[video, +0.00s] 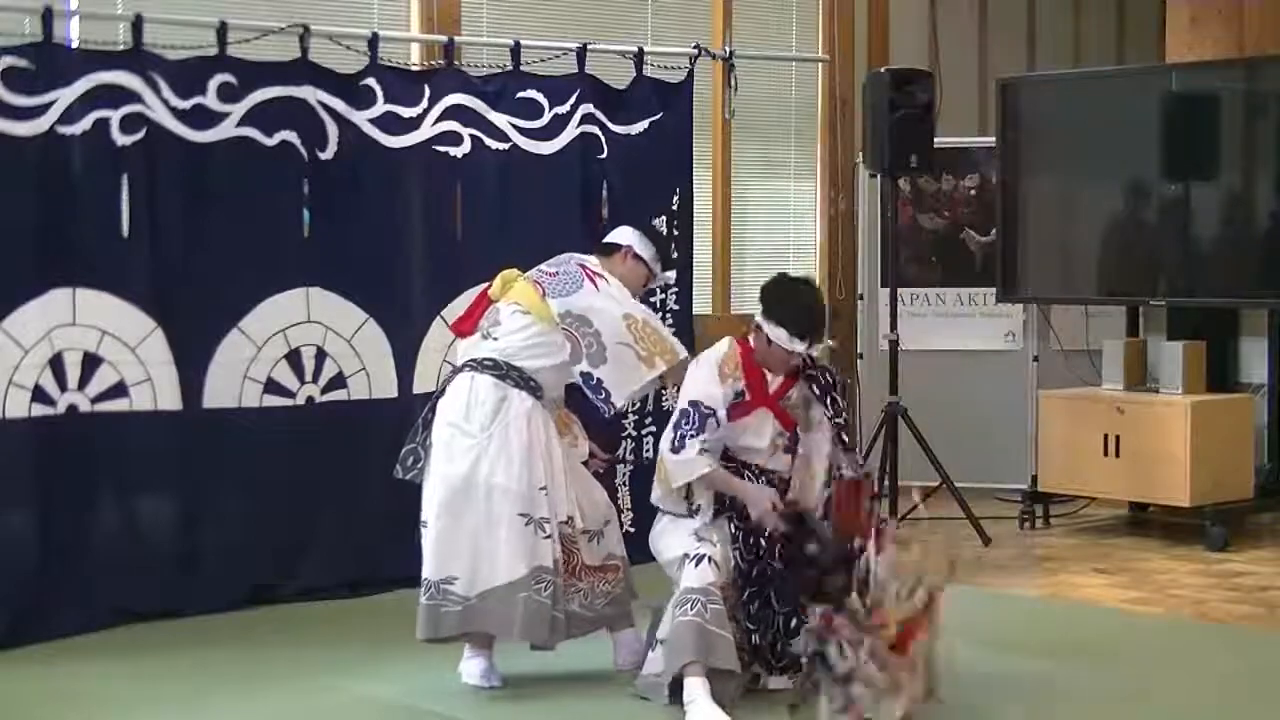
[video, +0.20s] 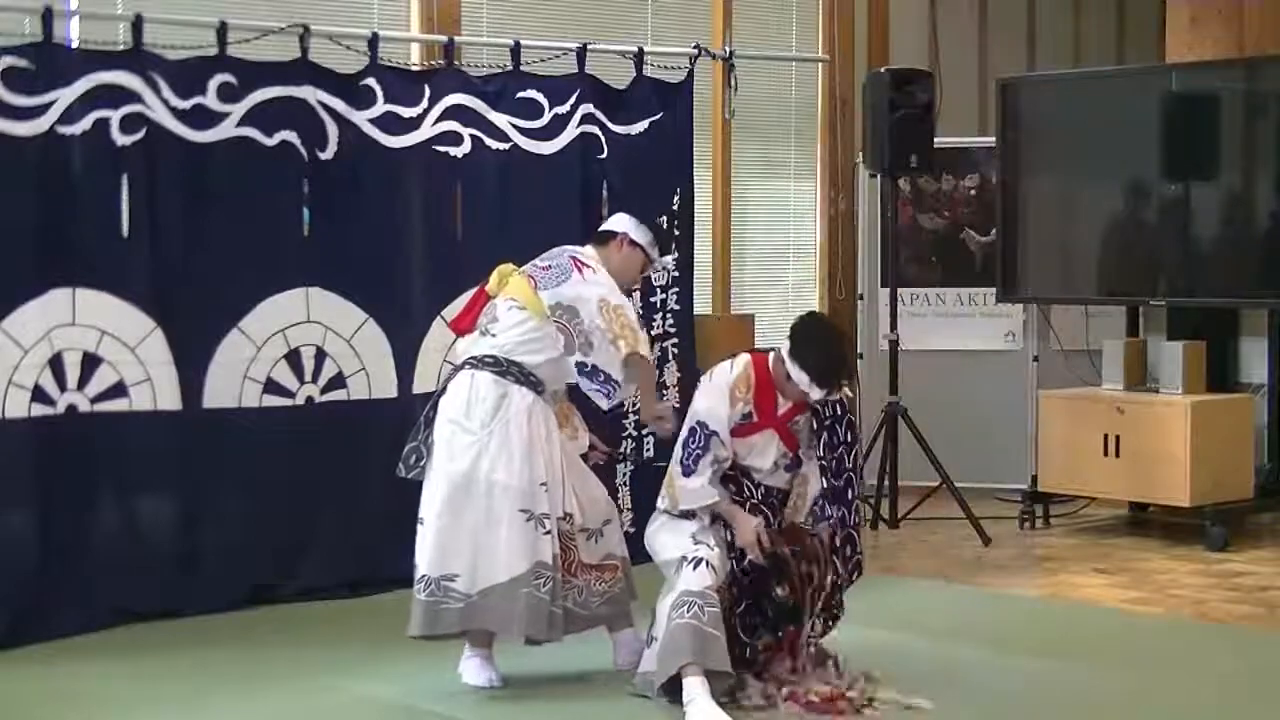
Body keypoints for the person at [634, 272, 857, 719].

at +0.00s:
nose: (797, 361)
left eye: (805, 352)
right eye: (788, 351)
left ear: (814, 340)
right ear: (759, 332)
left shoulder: (811, 384)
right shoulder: (716, 365)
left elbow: (821, 458)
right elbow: (685, 450)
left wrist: (800, 513)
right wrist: (746, 492)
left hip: (762, 523)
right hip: (690, 512)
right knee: (706, 563)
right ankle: (695, 688)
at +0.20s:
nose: (810, 399)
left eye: (819, 393)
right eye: (805, 389)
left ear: (834, 381)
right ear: (784, 362)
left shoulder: (819, 401)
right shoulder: (727, 385)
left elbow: (811, 473)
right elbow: (689, 478)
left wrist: (793, 530)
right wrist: (734, 516)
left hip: (763, 518)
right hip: (692, 511)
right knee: (701, 562)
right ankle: (695, 687)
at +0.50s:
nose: (818, 417)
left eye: (829, 412)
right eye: (814, 406)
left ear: (844, 395)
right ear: (798, 376)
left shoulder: (825, 414)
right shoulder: (739, 384)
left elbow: (810, 481)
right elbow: (703, 463)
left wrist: (795, 531)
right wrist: (748, 511)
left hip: (758, 522)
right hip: (693, 514)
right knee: (708, 564)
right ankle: (698, 690)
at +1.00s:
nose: (815, 371)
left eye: (824, 364)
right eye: (809, 360)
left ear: (837, 354)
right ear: (788, 337)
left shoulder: (831, 386)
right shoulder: (737, 370)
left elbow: (833, 459)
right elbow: (711, 456)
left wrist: (808, 521)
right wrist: (751, 504)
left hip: (781, 516)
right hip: (709, 508)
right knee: (712, 565)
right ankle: (699, 688)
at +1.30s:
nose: (803, 332)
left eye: (806, 322)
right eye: (796, 322)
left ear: (807, 318)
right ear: (761, 314)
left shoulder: (785, 363)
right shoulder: (723, 347)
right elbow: (742, 375)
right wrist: (804, 347)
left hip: (759, 514)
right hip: (705, 509)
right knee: (726, 567)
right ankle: (701, 689)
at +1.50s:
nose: (813, 335)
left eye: (824, 327)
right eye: (807, 323)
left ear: (831, 329)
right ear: (782, 315)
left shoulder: (827, 357)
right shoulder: (730, 348)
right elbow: (750, 338)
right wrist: (792, 292)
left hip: (763, 504)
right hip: (704, 499)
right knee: (726, 569)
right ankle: (701, 692)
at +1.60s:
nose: (816, 339)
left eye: (824, 330)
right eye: (809, 325)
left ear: (818, 329)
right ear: (779, 318)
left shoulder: (821, 362)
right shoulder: (730, 343)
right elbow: (740, 368)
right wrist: (797, 317)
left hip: (774, 498)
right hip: (711, 497)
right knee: (724, 566)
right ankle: (702, 679)